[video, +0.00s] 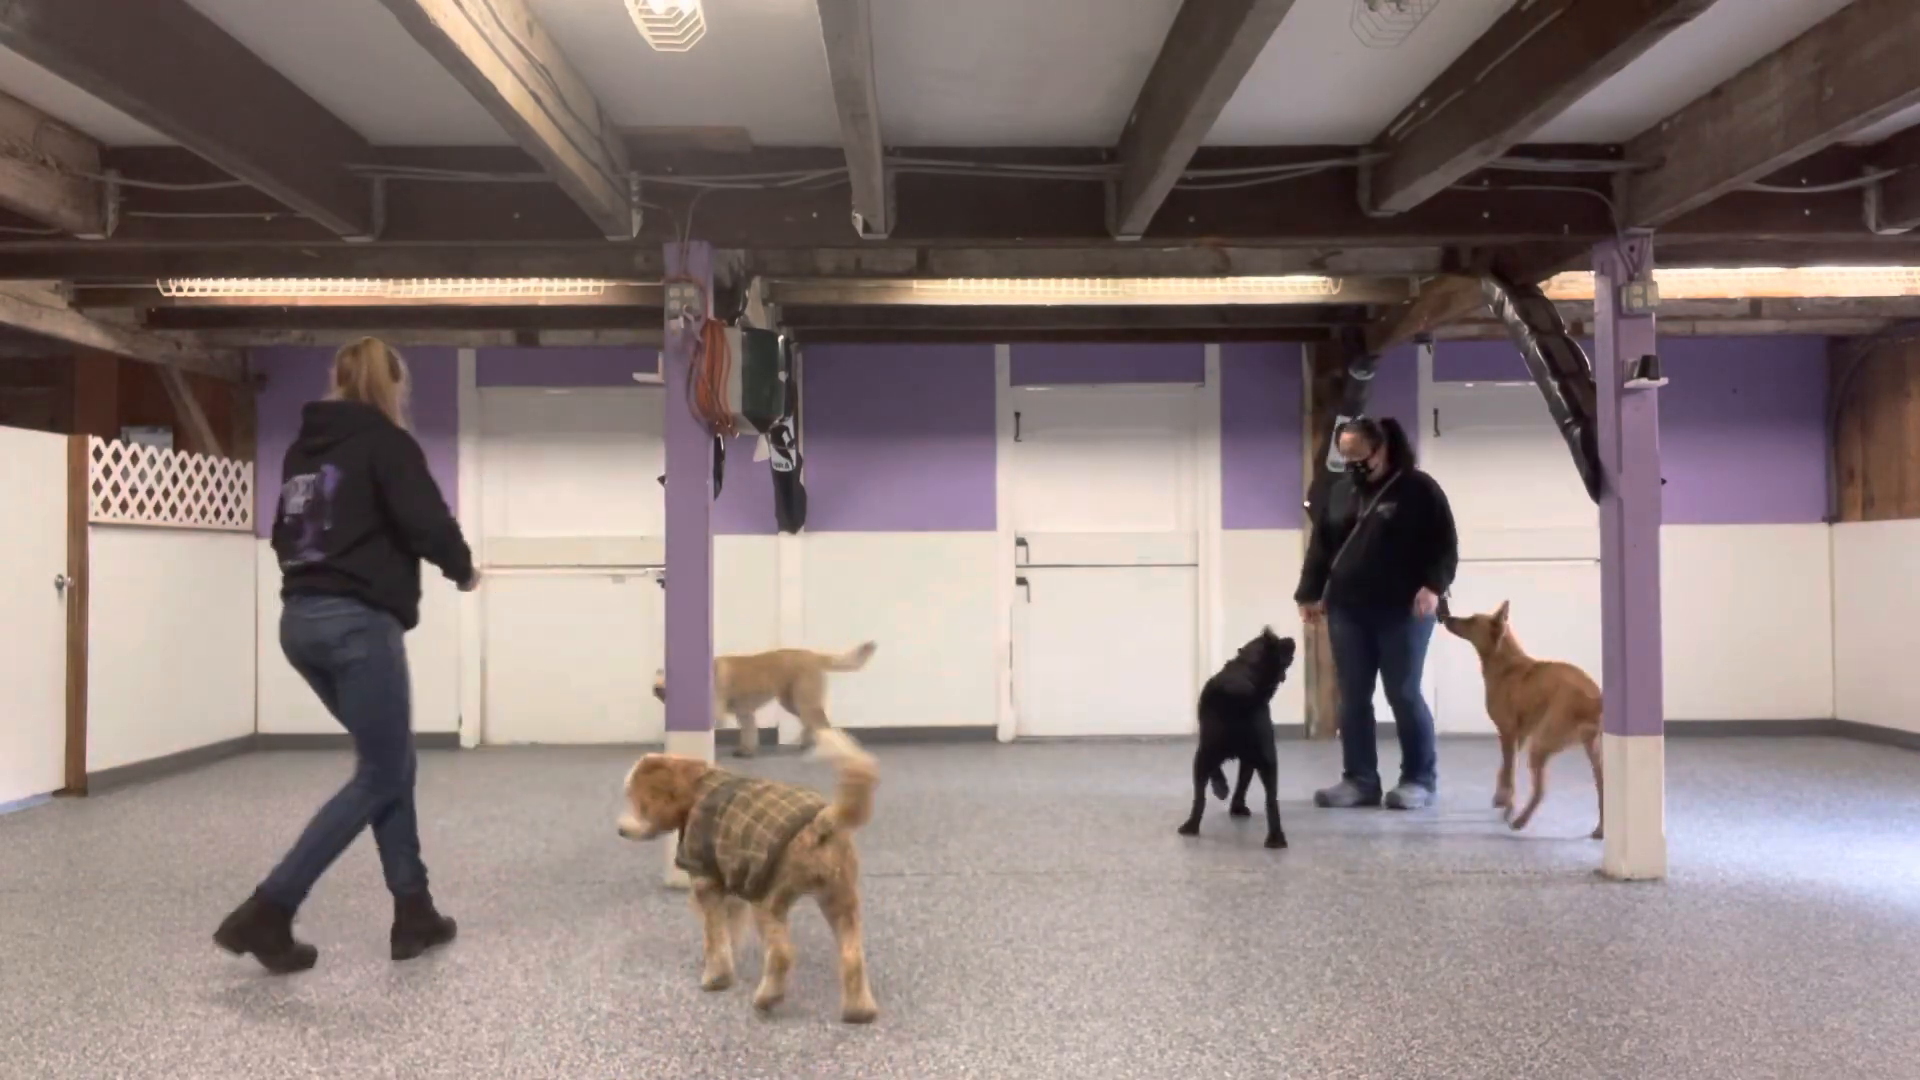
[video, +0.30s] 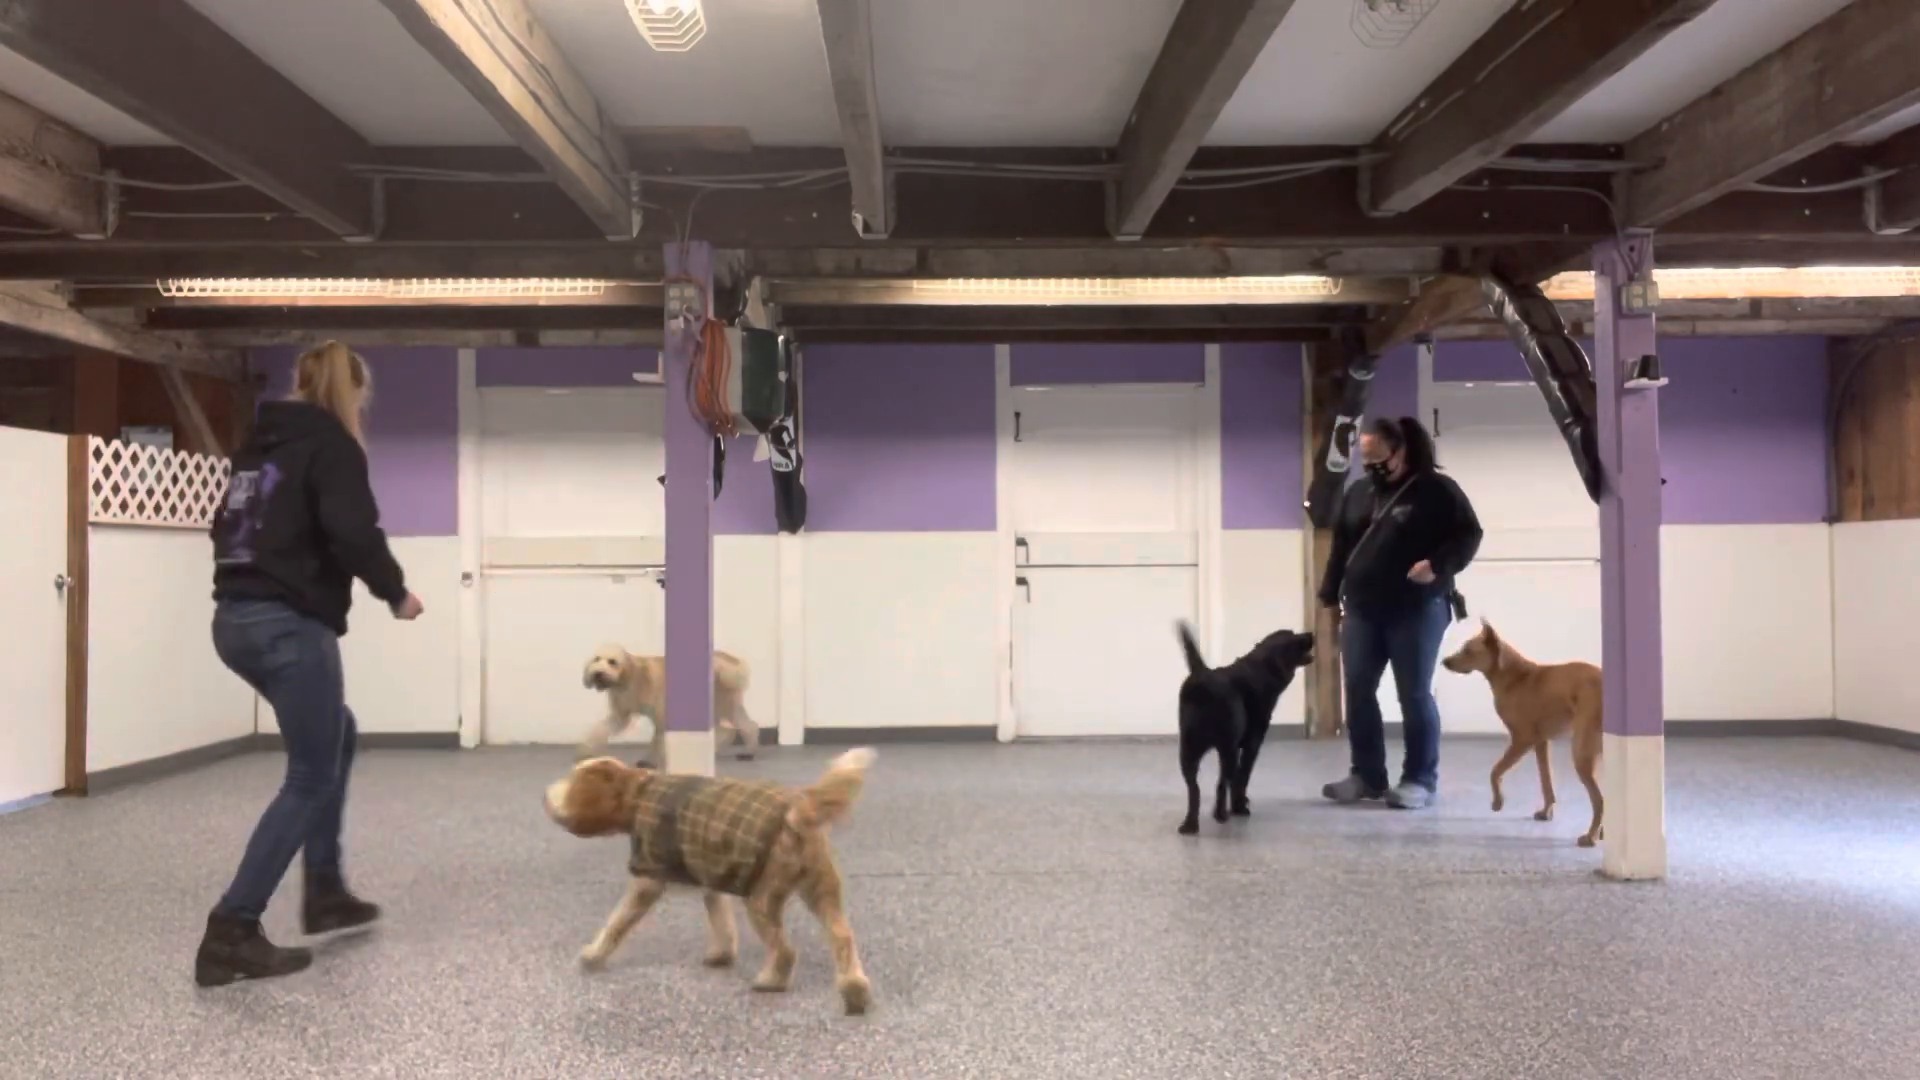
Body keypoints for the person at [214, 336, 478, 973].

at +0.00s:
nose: (406, 395)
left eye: (404, 385)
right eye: (403, 385)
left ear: (340, 382)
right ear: (390, 386)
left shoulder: (304, 446)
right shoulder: (387, 442)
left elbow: (286, 535)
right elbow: (426, 522)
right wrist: (463, 569)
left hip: (301, 621)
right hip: (360, 622)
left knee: (392, 765)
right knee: (383, 773)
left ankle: (413, 911)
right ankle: (267, 911)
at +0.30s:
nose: (365, 405)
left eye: (365, 393)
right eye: (363, 393)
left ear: (304, 383)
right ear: (350, 391)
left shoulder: (262, 437)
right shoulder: (332, 443)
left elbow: (230, 528)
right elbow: (351, 530)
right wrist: (396, 591)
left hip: (236, 621)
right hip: (289, 625)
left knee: (338, 736)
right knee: (309, 779)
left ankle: (325, 893)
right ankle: (231, 930)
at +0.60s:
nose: (313, 423)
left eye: (313, 413)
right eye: (310, 412)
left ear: (254, 404)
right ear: (295, 409)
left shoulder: (215, 456)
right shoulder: (286, 453)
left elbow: (153, 528)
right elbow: (283, 528)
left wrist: (198, 578)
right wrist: (328, 596)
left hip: (178, 616)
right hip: (240, 618)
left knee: (207, 755)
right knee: (271, 774)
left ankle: (173, 890)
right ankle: (231, 933)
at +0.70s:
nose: (300, 441)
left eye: (299, 431)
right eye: (297, 430)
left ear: (241, 422)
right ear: (283, 426)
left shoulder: (204, 466)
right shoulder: (276, 465)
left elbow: (180, 540)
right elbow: (276, 537)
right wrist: (310, 605)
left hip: (154, 616)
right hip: (218, 618)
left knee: (190, 751)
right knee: (254, 772)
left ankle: (166, 893)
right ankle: (228, 931)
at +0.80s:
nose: (285, 459)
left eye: (285, 451)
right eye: (285, 450)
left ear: (230, 440)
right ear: (275, 445)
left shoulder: (198, 475)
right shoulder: (268, 478)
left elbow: (197, 556)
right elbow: (265, 541)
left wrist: (250, 617)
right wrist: (293, 609)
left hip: (138, 615)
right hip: (202, 615)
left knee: (179, 748)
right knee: (237, 767)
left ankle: (165, 892)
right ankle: (226, 923)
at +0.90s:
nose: (281, 470)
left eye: (280, 461)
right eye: (281, 461)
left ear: (229, 449)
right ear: (272, 456)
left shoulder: (195, 484)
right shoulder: (262, 485)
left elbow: (192, 561)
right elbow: (259, 544)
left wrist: (242, 627)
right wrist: (282, 609)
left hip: (128, 610)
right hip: (192, 605)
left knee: (175, 746)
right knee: (231, 759)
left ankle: (165, 893)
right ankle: (223, 916)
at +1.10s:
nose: (270, 498)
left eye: (271, 491)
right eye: (269, 490)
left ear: (218, 474)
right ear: (259, 480)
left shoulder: (188, 504)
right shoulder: (250, 493)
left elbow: (206, 593)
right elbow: (240, 530)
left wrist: (254, 653)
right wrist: (260, 600)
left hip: (117, 607)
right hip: (181, 601)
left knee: (170, 747)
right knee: (211, 752)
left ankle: (165, 894)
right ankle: (203, 906)